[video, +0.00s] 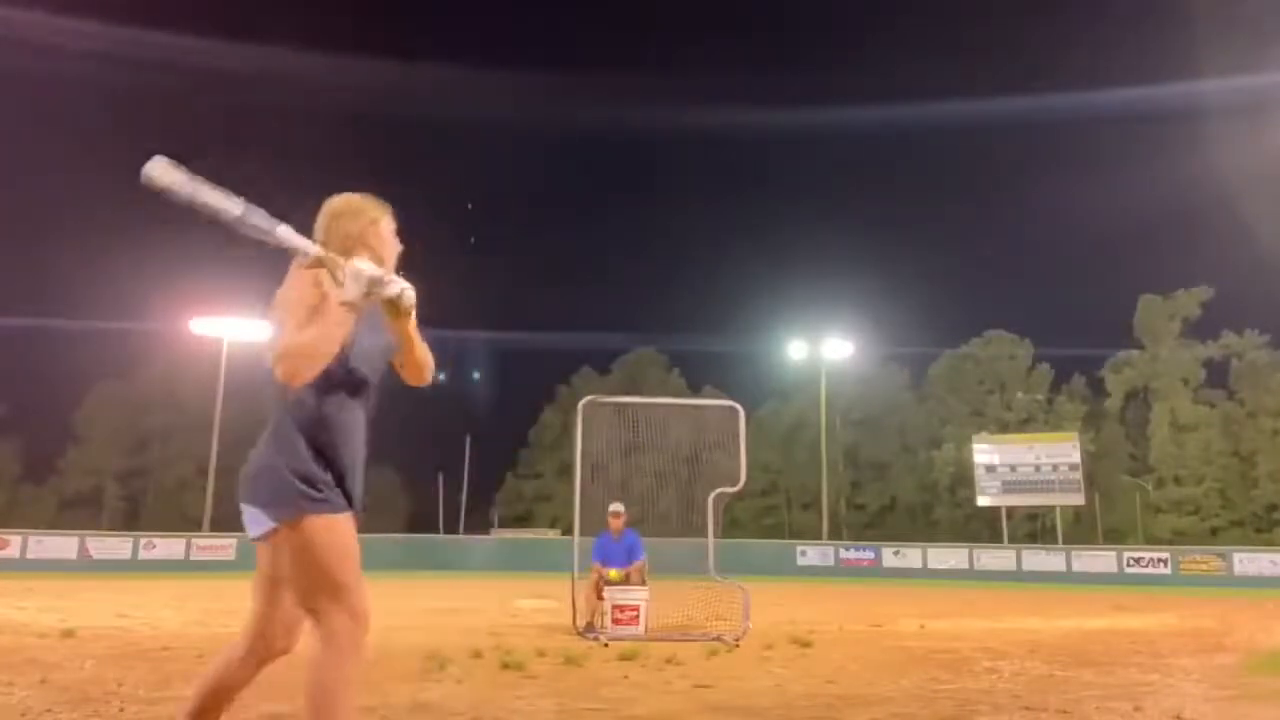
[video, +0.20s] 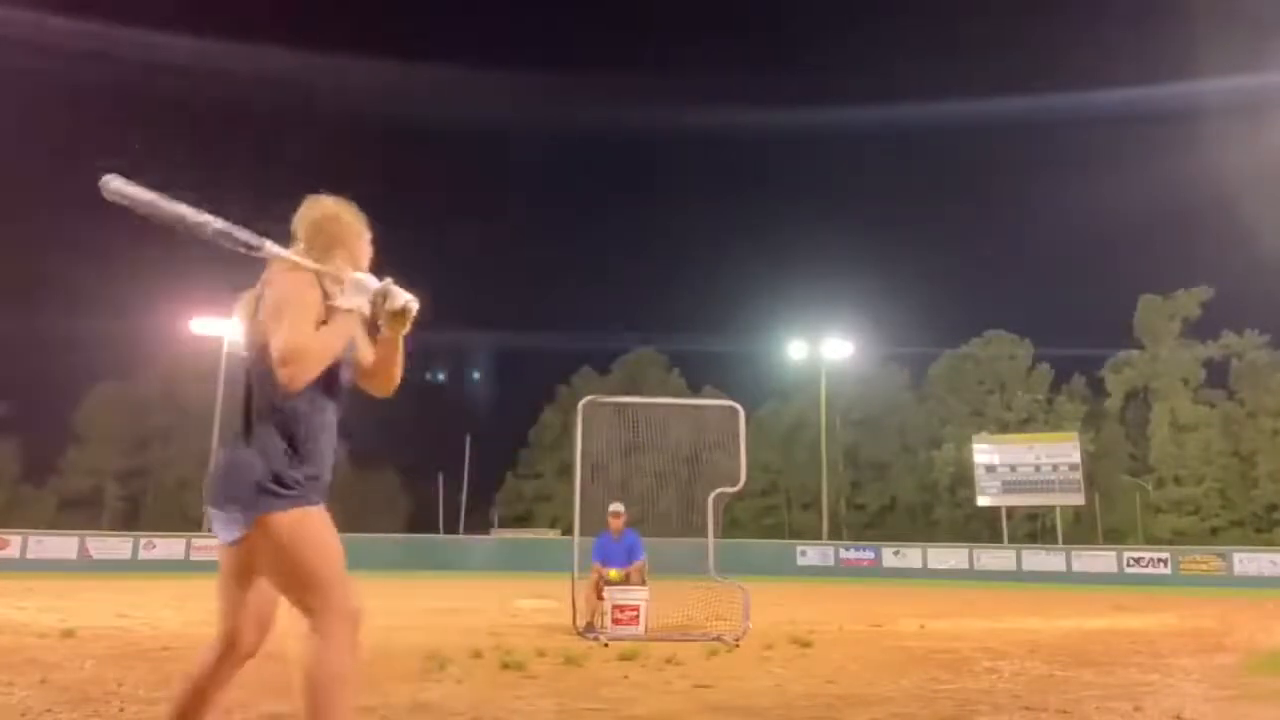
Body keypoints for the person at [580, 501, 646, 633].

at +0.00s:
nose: (615, 520)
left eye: (619, 516)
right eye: (612, 516)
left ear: (625, 518)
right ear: (608, 518)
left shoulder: (632, 537)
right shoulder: (601, 538)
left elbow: (640, 560)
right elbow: (595, 562)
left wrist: (625, 571)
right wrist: (605, 572)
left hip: (626, 571)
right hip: (607, 572)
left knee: (636, 573)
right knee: (593, 579)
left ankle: (635, 618)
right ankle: (589, 621)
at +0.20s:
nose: (615, 520)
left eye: (619, 516)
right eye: (612, 516)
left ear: (625, 518)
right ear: (608, 518)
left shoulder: (632, 537)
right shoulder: (601, 538)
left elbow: (640, 560)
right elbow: (595, 562)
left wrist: (625, 571)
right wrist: (605, 572)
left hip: (626, 571)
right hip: (607, 572)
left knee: (636, 573)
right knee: (593, 579)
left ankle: (635, 619)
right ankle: (589, 621)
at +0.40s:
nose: (615, 520)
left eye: (618, 516)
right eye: (612, 516)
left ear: (624, 518)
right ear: (607, 518)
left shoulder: (632, 537)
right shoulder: (601, 538)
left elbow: (640, 560)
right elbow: (595, 562)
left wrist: (625, 571)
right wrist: (604, 572)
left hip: (626, 571)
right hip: (607, 571)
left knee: (636, 573)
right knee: (593, 579)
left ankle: (635, 619)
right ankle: (589, 621)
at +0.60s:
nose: (615, 520)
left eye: (618, 516)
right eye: (612, 516)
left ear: (624, 518)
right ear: (607, 518)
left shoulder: (632, 537)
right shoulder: (601, 538)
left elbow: (640, 560)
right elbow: (595, 562)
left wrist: (625, 571)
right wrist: (604, 572)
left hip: (626, 571)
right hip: (607, 571)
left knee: (636, 573)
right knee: (593, 579)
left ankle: (635, 619)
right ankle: (589, 621)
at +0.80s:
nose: (614, 520)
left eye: (618, 516)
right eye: (611, 516)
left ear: (624, 518)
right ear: (607, 519)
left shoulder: (632, 537)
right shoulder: (601, 538)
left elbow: (640, 560)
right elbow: (595, 562)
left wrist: (625, 571)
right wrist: (604, 572)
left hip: (625, 571)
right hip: (607, 571)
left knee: (636, 573)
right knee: (593, 579)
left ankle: (635, 619)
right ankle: (589, 621)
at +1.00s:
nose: (614, 521)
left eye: (617, 517)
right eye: (611, 517)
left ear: (623, 518)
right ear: (606, 519)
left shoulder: (631, 537)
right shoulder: (601, 539)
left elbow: (640, 560)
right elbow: (595, 562)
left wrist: (624, 571)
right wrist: (603, 572)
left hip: (625, 571)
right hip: (607, 571)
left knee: (635, 574)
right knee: (593, 579)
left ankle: (635, 619)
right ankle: (589, 621)